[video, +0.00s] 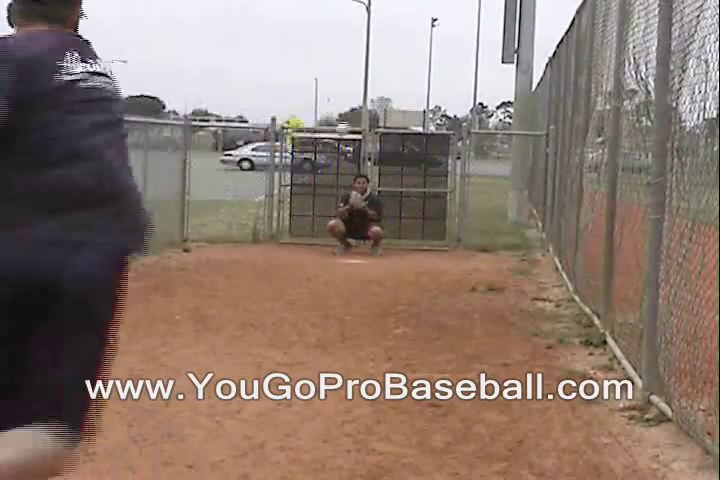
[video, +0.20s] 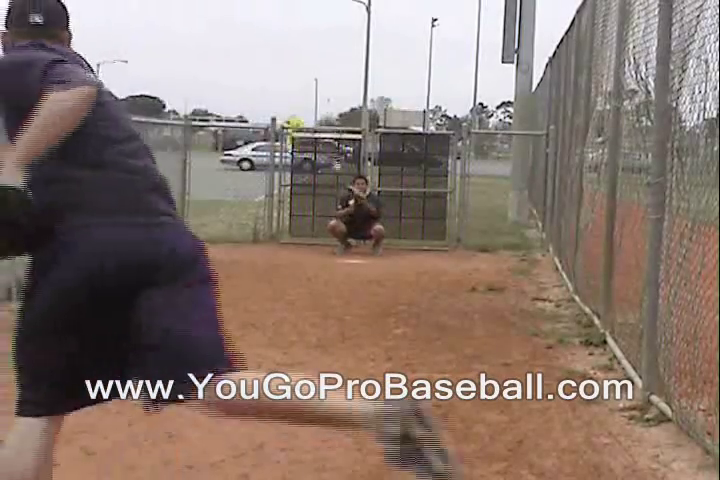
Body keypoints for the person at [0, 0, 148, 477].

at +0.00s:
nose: (81, 18)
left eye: (14, 13)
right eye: (80, 12)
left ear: (14, 15)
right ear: (76, 13)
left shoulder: (11, 57)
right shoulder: (94, 63)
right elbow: (109, 160)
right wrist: (134, 224)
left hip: (18, 248)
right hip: (93, 245)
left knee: (15, 410)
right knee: (55, 428)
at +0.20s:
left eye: (7, 37)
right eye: (66, 35)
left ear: (6, 32)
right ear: (63, 34)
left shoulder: (15, 56)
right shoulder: (71, 74)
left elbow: (77, 88)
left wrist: (13, 162)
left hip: (86, 248)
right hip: (167, 240)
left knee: (35, 412)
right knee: (214, 385)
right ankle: (384, 414)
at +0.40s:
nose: (59, 65)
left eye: (60, 59)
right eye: (61, 60)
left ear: (63, 58)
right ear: (116, 55)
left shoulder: (68, 91)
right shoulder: (148, 100)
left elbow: (100, 139)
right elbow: (165, 188)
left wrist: (63, 234)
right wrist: (105, 250)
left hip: (154, 263)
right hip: (229, 256)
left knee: (82, 416)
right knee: (288, 392)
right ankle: (379, 472)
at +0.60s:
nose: (141, 79)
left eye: (140, 71)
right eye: (144, 71)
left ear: (145, 76)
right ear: (196, 70)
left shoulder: (169, 127)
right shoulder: (227, 117)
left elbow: (210, 205)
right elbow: (257, 209)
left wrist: (160, 268)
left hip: (223, 302)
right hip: (280, 299)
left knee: (123, 421)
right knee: (252, 429)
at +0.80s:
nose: (179, 14)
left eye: (179, 10)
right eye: (185, 10)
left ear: (184, 8)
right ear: (234, 8)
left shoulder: (183, 52)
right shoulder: (281, 60)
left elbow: (198, 128)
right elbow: (345, 133)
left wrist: (149, 183)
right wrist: (381, 186)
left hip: (217, 243)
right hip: (287, 244)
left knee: (177, 376)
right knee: (284, 377)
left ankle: (207, 473)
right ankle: (307, 474)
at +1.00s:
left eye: (197, 33)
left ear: (199, 35)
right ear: (251, 34)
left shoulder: (184, 87)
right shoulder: (294, 89)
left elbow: (179, 161)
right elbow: (361, 160)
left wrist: (141, 209)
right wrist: (406, 219)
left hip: (218, 272)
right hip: (286, 268)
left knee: (230, 400)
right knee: (284, 392)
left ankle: (266, 473)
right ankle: (302, 474)